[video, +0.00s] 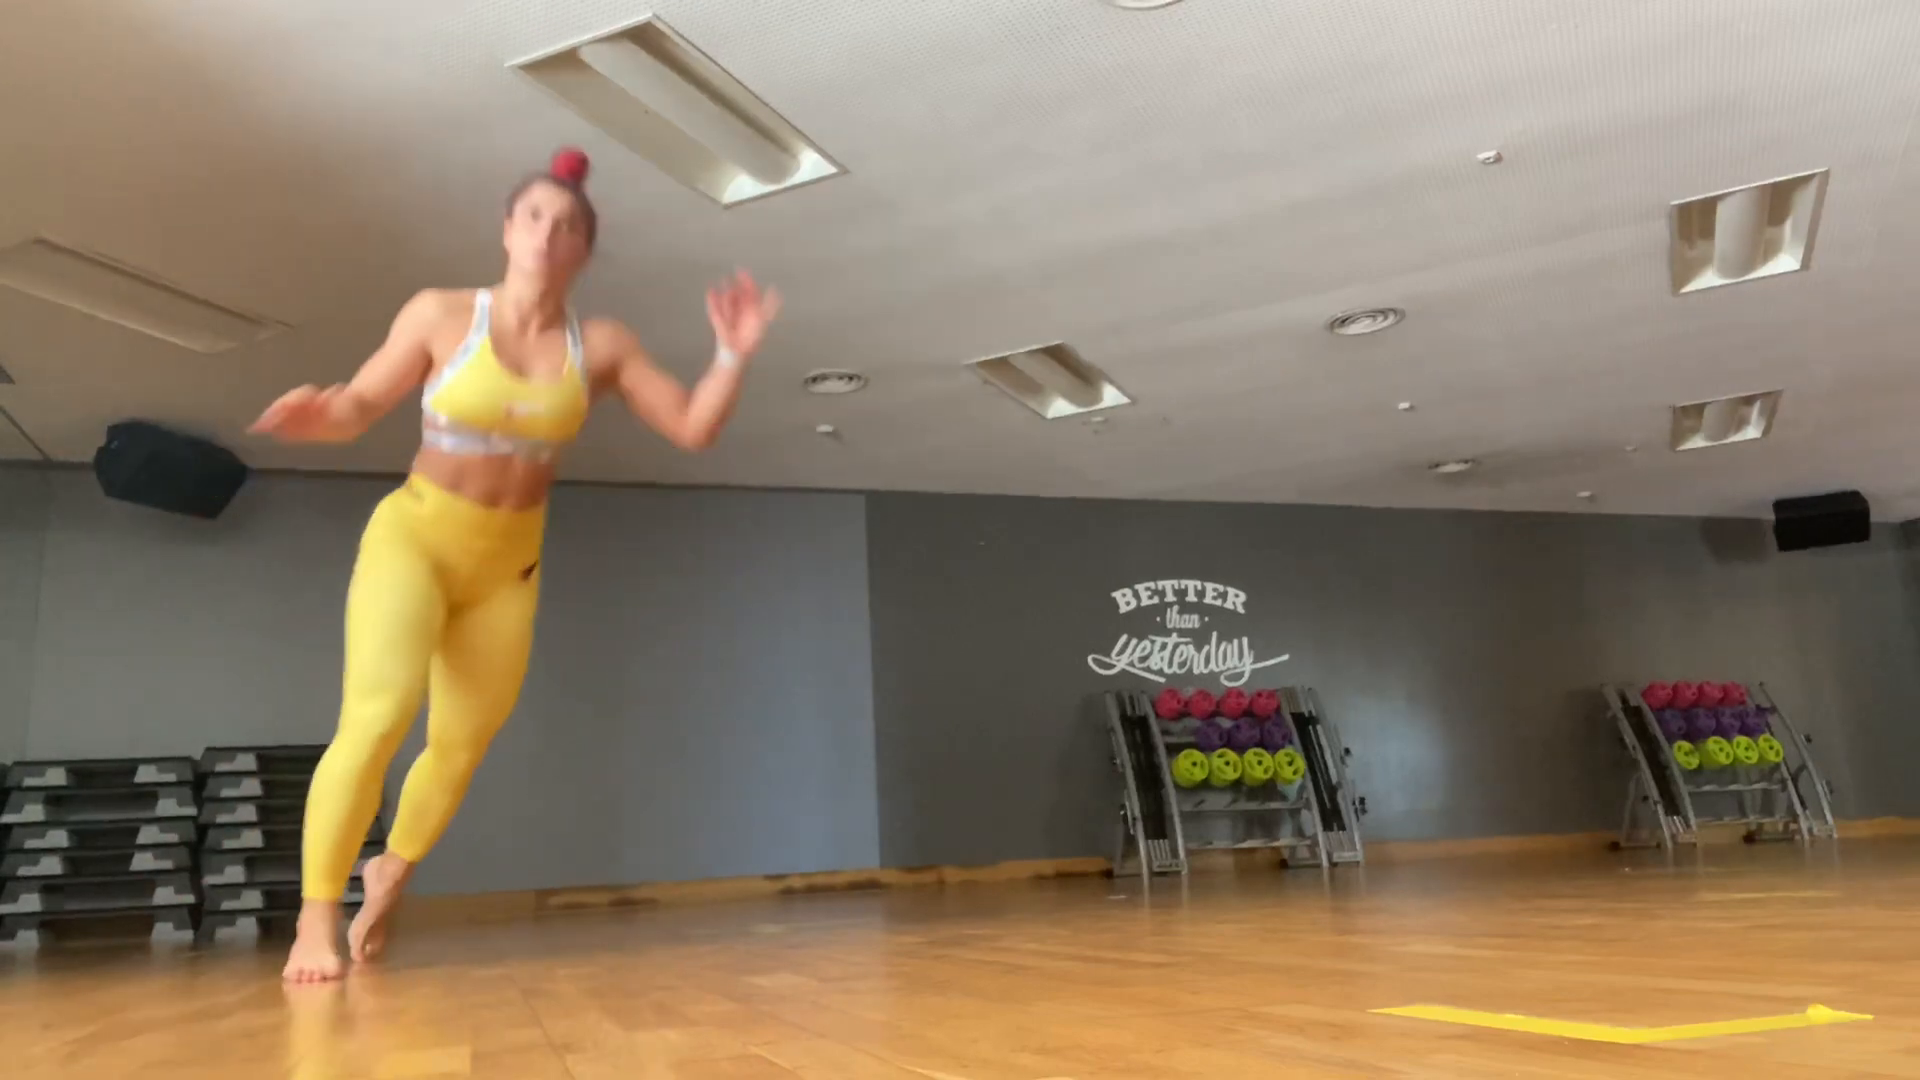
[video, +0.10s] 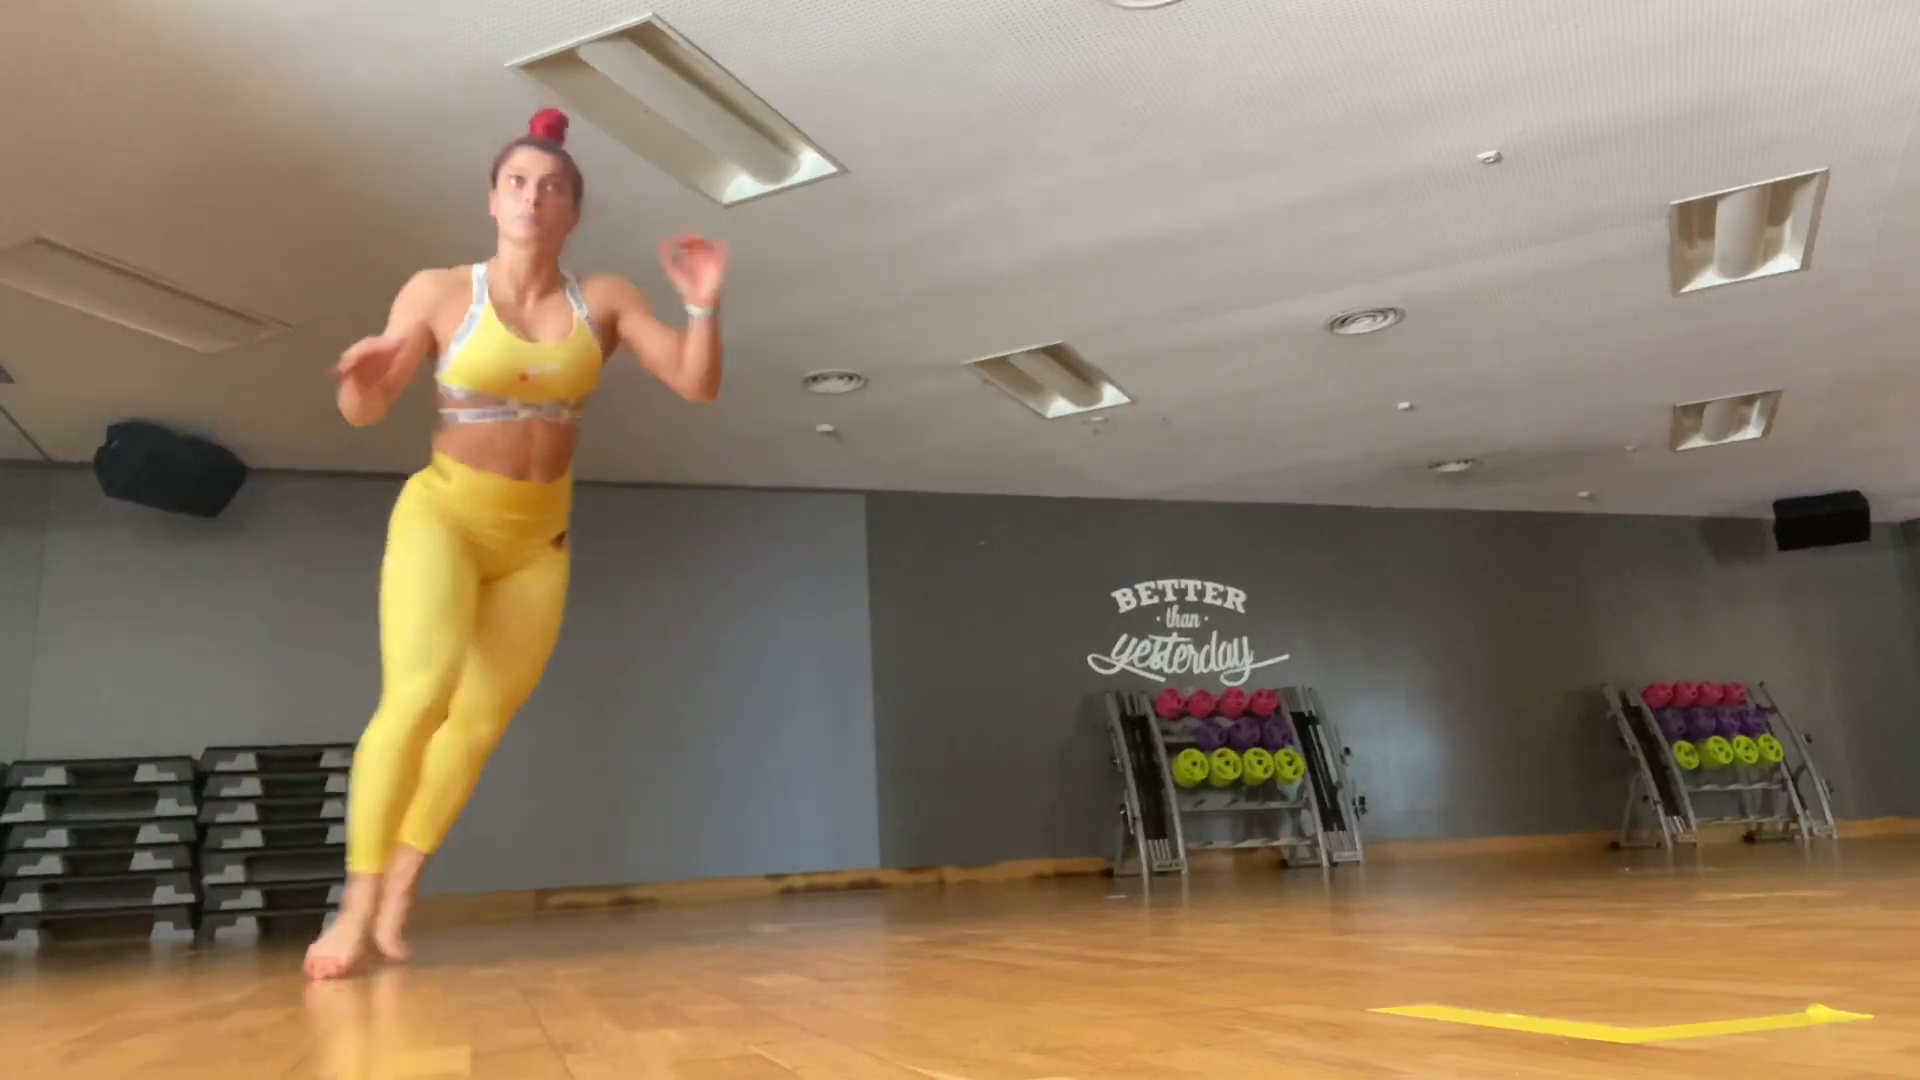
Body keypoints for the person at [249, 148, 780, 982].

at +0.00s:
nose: (546, 230)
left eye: (565, 223)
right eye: (533, 215)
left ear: (584, 252)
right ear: (505, 229)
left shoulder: (601, 344)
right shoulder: (440, 315)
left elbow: (692, 428)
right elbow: (359, 402)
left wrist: (732, 356)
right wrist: (321, 412)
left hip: (509, 567)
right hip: (415, 539)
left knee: (456, 757)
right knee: (375, 717)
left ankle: (387, 880)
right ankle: (316, 918)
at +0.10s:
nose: (533, 194)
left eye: (552, 185)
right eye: (518, 180)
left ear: (574, 211)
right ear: (492, 200)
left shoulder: (603, 298)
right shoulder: (438, 291)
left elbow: (695, 380)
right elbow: (364, 411)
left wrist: (702, 307)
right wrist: (360, 383)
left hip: (537, 542)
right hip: (441, 519)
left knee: (476, 728)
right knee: (418, 694)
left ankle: (399, 882)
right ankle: (357, 901)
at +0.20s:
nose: (523, 206)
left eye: (542, 197)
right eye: (507, 195)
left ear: (568, 227)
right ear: (484, 218)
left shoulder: (603, 311)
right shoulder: (445, 313)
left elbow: (698, 403)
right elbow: (384, 433)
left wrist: (659, 338)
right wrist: (435, 347)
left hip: (575, 548)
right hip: (479, 537)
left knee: (545, 742)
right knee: (467, 707)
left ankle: (443, 887)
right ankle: (447, 911)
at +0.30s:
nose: (533, 239)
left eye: (551, 228)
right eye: (516, 226)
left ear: (576, 258)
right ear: (491, 249)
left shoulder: (609, 343)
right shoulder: (451, 356)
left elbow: (696, 448)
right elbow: (428, 454)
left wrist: (650, 387)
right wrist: (503, 361)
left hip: (600, 565)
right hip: (499, 559)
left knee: (618, 744)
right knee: (475, 716)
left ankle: (520, 886)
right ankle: (448, 923)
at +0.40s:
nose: (594, 268)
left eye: (613, 258)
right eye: (576, 254)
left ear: (634, 286)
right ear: (547, 277)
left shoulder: (667, 367)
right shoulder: (501, 376)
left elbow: (724, 488)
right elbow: (498, 487)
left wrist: (683, 430)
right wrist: (570, 441)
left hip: (654, 572)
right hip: (546, 573)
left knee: (724, 727)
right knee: (490, 720)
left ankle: (695, 883)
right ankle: (451, 928)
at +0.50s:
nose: (670, 290)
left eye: (688, 278)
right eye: (653, 274)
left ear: (706, 305)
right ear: (620, 293)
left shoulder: (726, 386)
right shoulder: (563, 391)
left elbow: (778, 487)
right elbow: (516, 512)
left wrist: (728, 409)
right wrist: (537, 521)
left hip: (691, 591)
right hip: (583, 588)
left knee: (798, 727)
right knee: (522, 727)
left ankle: (862, 879)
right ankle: (459, 926)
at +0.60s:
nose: (766, 318)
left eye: (778, 305)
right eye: (749, 304)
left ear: (793, 324)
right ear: (709, 318)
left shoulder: (797, 408)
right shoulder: (643, 411)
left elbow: (853, 456)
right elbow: (570, 510)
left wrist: (800, 359)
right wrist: (532, 567)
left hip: (738, 624)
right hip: (637, 611)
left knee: (864, 728)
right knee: (562, 747)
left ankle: (983, 866)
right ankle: (466, 927)